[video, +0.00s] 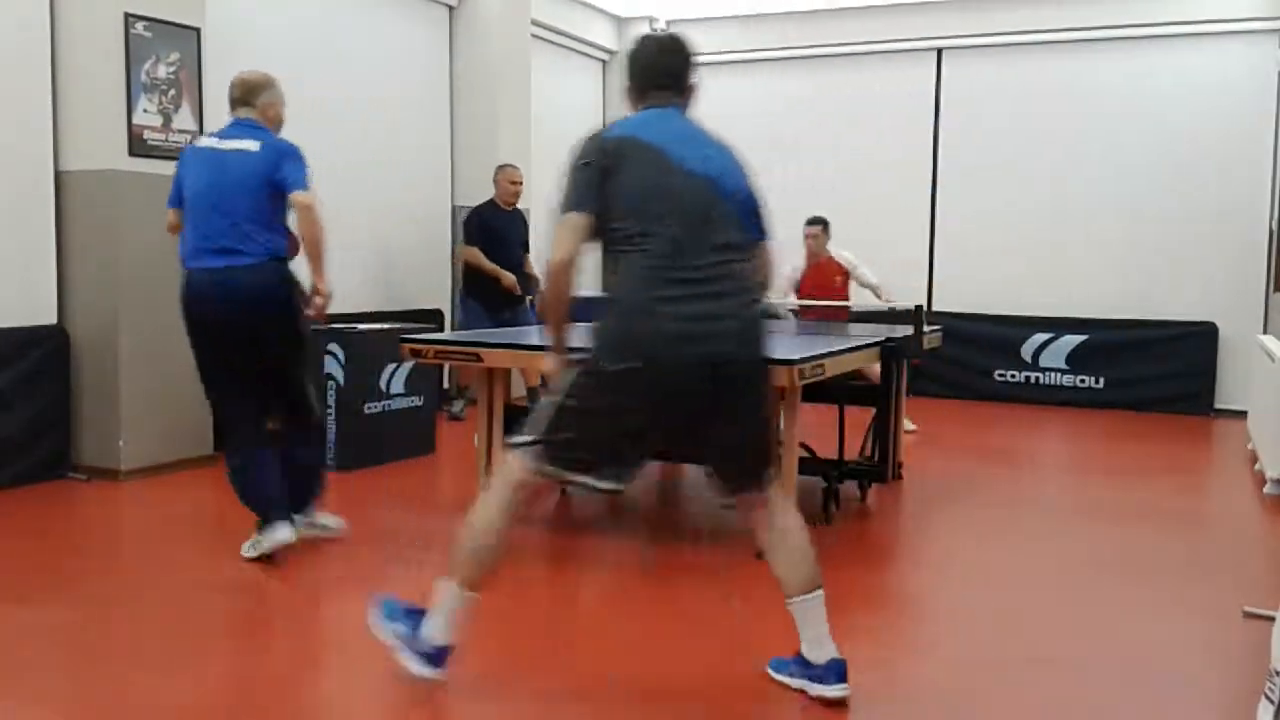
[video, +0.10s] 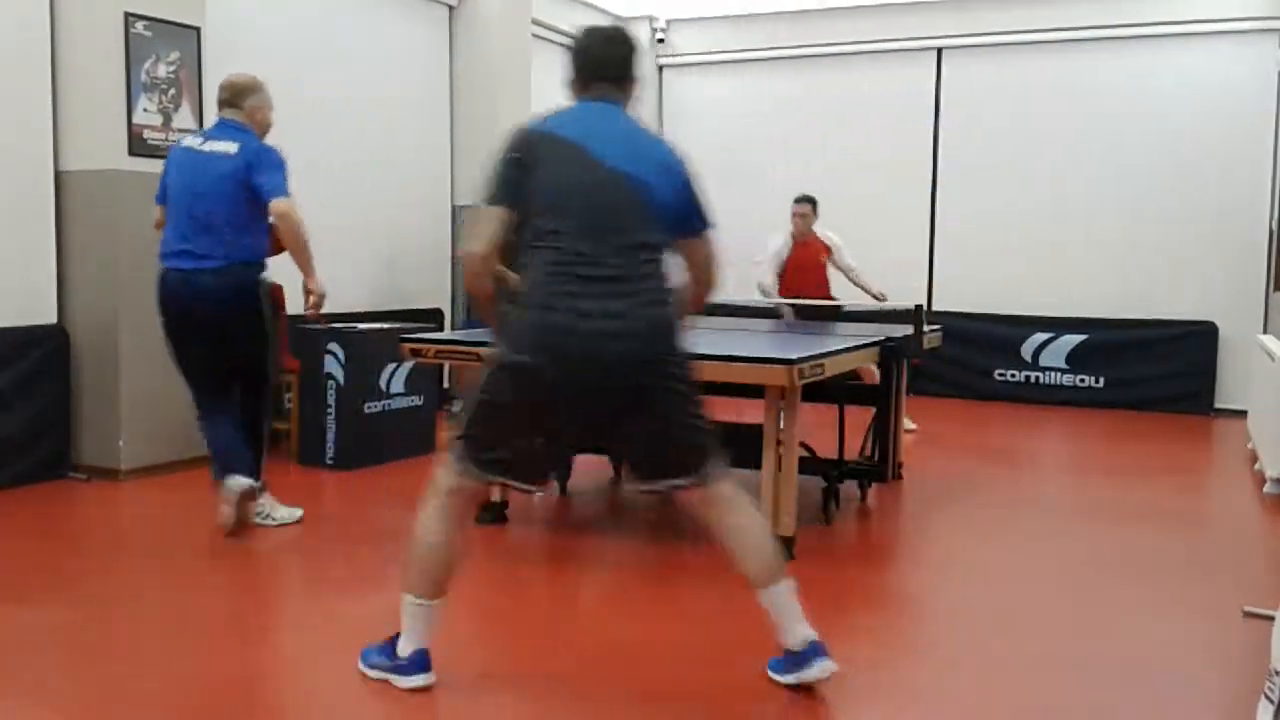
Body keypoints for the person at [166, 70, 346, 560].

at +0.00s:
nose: (282, 119)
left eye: (281, 112)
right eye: (280, 112)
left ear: (235, 108)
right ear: (269, 110)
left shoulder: (194, 151)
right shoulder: (281, 151)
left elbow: (175, 220)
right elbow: (305, 209)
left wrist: (213, 248)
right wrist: (319, 279)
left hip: (203, 288)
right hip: (264, 284)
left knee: (232, 402)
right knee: (297, 395)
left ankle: (271, 517)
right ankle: (302, 504)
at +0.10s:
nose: (269, 122)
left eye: (269, 114)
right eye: (267, 114)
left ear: (222, 109)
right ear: (255, 112)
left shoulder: (181, 149)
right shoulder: (259, 152)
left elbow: (162, 220)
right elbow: (281, 212)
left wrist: (219, 231)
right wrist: (309, 273)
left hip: (179, 285)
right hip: (236, 286)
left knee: (209, 388)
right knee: (251, 385)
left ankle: (233, 476)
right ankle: (251, 492)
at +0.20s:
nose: (253, 131)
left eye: (252, 122)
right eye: (248, 122)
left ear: (207, 123)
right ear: (229, 124)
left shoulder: (163, 163)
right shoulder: (235, 172)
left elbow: (142, 230)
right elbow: (274, 242)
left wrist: (207, 243)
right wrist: (307, 289)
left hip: (153, 292)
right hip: (208, 294)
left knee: (180, 389)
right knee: (243, 393)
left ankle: (169, 471)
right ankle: (245, 498)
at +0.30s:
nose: (227, 136)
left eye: (226, 127)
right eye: (223, 127)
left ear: (185, 124)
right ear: (203, 125)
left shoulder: (141, 161)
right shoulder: (195, 172)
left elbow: (135, 224)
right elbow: (230, 246)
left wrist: (200, 255)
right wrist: (273, 280)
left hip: (124, 288)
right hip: (168, 292)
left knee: (146, 388)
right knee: (224, 392)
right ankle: (244, 498)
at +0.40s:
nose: (191, 143)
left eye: (192, 134)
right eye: (188, 134)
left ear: (156, 132)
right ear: (167, 133)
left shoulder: (124, 169)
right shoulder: (152, 177)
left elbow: (123, 245)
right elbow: (161, 247)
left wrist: (164, 286)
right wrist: (219, 268)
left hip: (102, 292)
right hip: (126, 294)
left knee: (105, 395)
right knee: (188, 389)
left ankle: (52, 482)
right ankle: (233, 494)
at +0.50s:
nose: (168, 144)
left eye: (168, 136)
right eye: (162, 136)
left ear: (139, 137)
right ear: (138, 135)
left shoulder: (131, 179)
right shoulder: (109, 176)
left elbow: (117, 250)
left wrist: (135, 301)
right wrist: (158, 275)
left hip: (103, 295)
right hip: (85, 294)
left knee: (108, 392)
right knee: (151, 383)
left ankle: (54, 484)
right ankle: (192, 474)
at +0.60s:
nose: (146, 131)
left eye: (147, 123)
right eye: (139, 123)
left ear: (119, 124)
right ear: (111, 121)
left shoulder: (113, 169)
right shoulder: (78, 162)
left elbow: (96, 239)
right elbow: (50, 230)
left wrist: (115, 298)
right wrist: (100, 281)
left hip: (82, 283)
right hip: (59, 280)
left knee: (77, 379)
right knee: (116, 372)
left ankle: (50, 483)